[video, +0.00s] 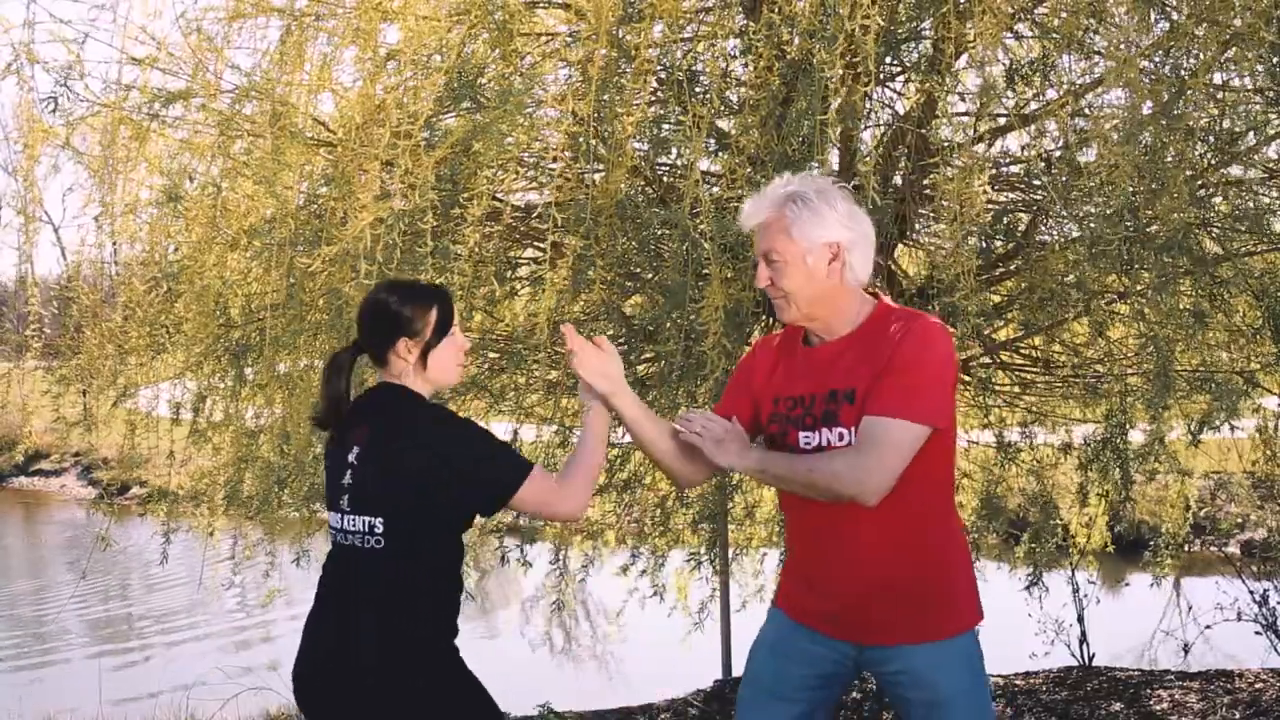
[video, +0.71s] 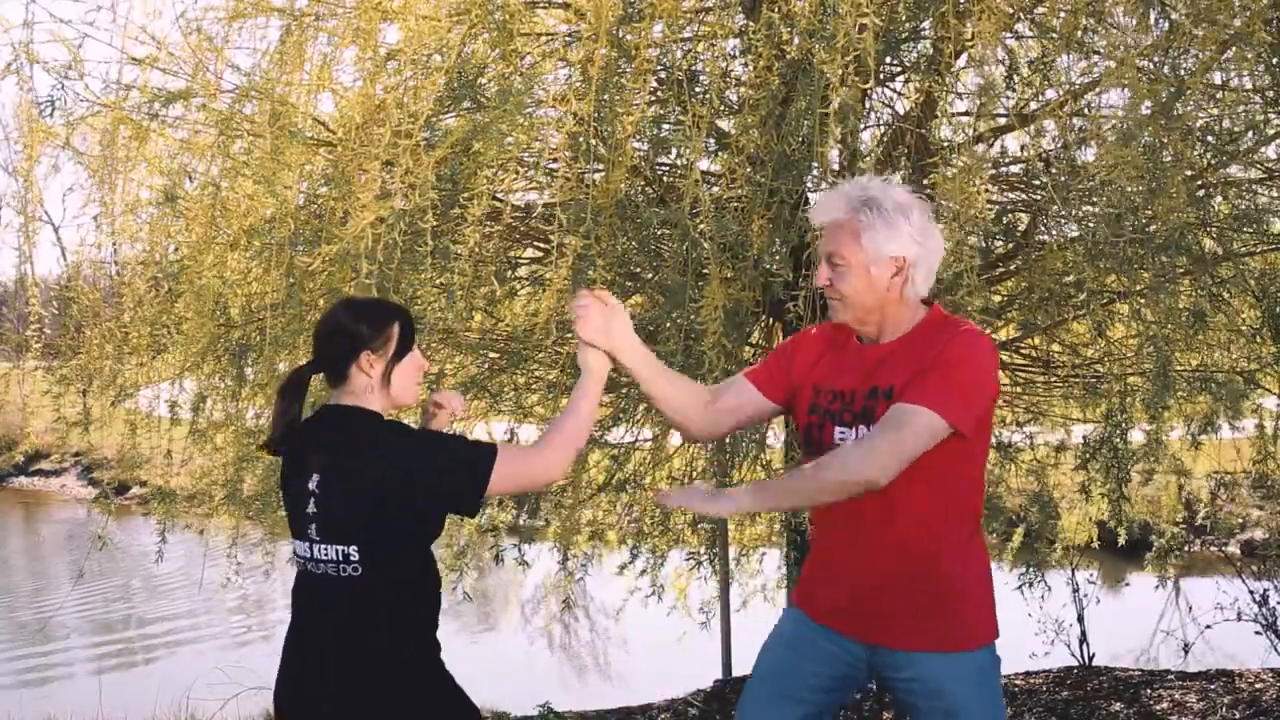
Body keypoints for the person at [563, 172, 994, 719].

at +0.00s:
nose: (760, 280)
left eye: (773, 261)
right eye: (759, 263)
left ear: (832, 258)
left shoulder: (918, 340)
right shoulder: (769, 357)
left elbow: (865, 477)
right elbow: (691, 465)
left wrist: (749, 457)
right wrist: (617, 392)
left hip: (926, 628)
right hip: (804, 622)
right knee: (756, 713)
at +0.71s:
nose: (821, 278)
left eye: (837, 264)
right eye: (822, 262)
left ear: (895, 270)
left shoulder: (962, 350)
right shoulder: (813, 349)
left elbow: (871, 463)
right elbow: (706, 414)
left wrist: (735, 497)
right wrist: (625, 345)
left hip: (941, 638)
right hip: (820, 624)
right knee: (758, 712)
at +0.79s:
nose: (793, 308)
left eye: (810, 294)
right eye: (796, 290)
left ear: (875, 302)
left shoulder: (939, 365)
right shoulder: (790, 359)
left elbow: (857, 483)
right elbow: (679, 423)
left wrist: (710, 515)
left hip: (930, 646)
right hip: (805, 635)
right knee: (744, 710)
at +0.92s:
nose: (770, 381)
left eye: (785, 368)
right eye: (770, 363)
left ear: (850, 377)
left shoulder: (927, 419)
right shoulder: (763, 413)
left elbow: (853, 547)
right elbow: (653, 482)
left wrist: (737, 483)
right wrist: (565, 564)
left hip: (917, 658)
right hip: (793, 643)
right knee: (716, 713)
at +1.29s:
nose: (757, 368)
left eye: (775, 357)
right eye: (759, 352)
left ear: (838, 374)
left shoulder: (909, 434)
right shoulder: (771, 415)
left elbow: (788, 533)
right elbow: (667, 508)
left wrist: (731, 425)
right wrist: (588, 597)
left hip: (916, 658)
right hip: (800, 642)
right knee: (714, 713)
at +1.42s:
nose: (728, 319)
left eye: (747, 306)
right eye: (736, 302)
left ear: (802, 327)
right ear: (799, 327)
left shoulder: (859, 410)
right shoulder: (747, 393)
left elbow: (728, 532)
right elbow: (633, 475)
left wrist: (614, 542)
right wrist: (685, 462)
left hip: (882, 664)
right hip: (772, 640)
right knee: (689, 713)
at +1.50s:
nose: (722, 297)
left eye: (739, 285)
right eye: (730, 283)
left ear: (791, 306)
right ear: (784, 307)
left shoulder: (846, 398)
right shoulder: (738, 387)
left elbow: (716, 518)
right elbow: (629, 436)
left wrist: (599, 558)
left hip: (859, 663)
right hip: (758, 641)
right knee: (679, 713)